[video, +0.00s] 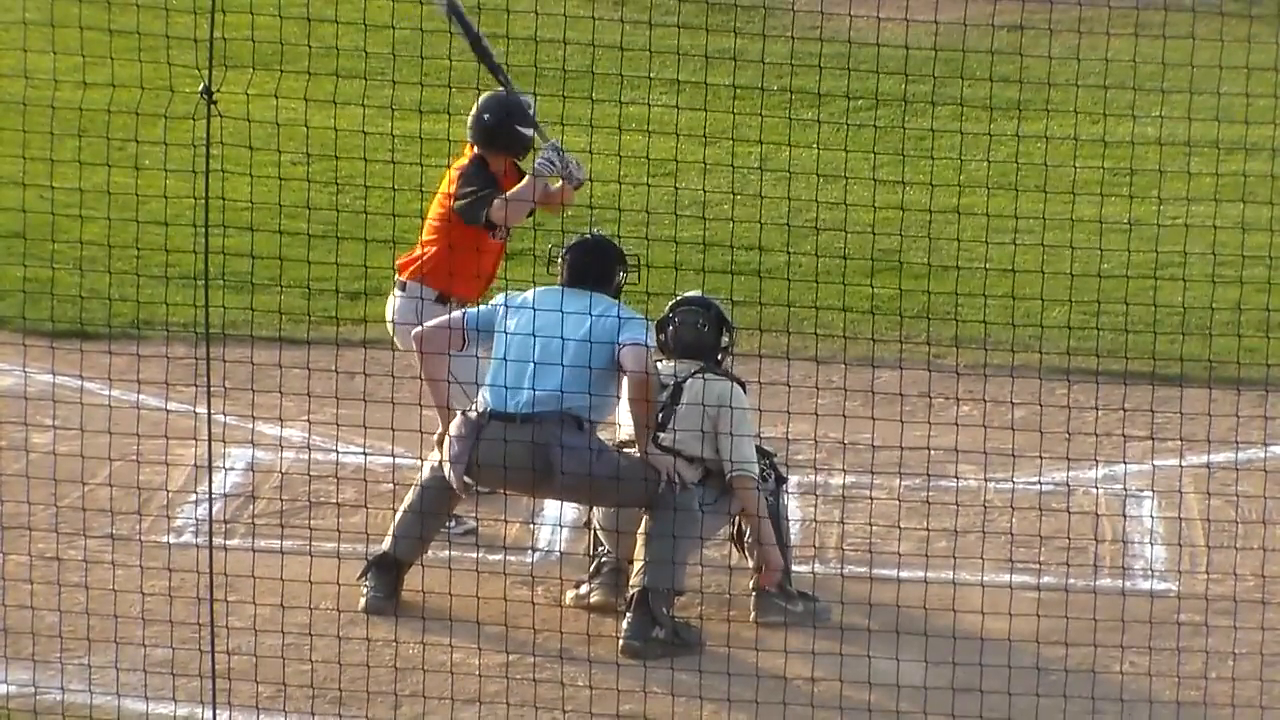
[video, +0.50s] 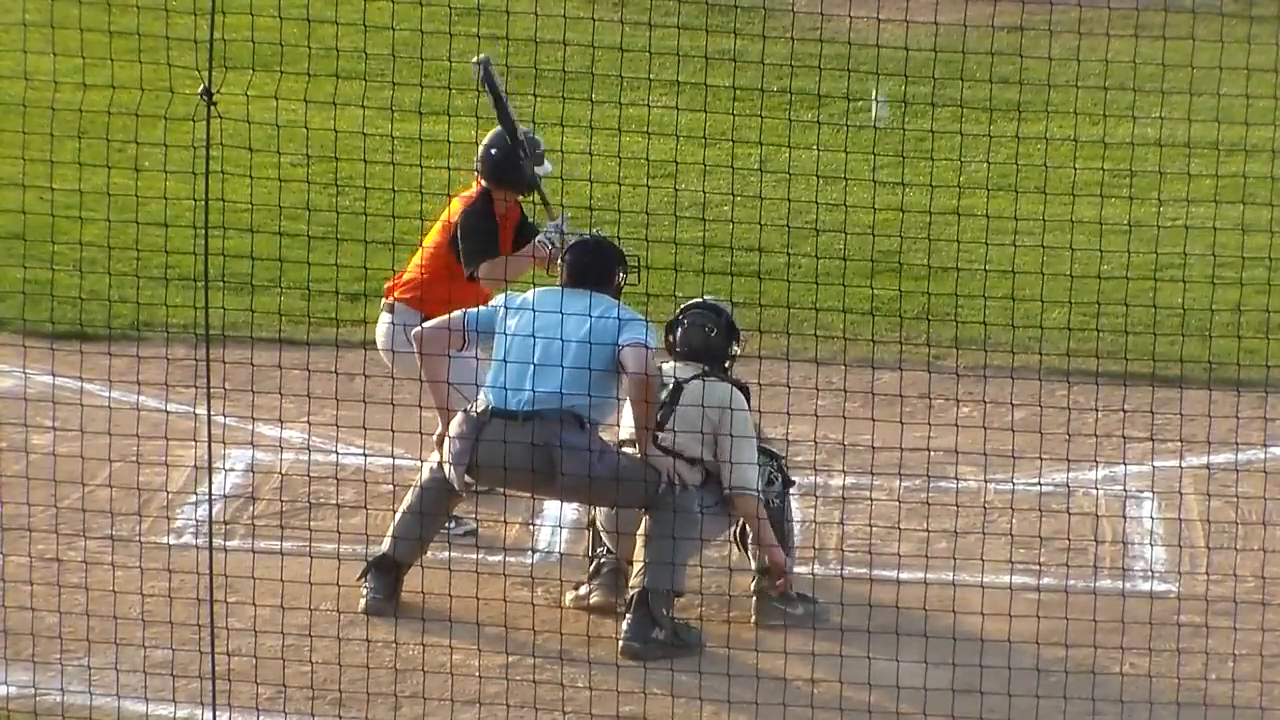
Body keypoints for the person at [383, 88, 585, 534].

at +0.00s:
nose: (527, 141)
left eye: (528, 135)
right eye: (524, 134)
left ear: (484, 135)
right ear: (511, 139)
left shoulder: (505, 172)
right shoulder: (471, 175)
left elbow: (546, 202)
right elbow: (502, 215)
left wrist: (567, 185)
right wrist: (537, 177)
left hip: (449, 306)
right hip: (422, 306)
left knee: (481, 400)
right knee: (473, 408)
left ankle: (443, 502)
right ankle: (435, 507)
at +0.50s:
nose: (536, 173)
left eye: (536, 165)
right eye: (531, 166)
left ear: (491, 168)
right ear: (519, 172)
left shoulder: (511, 210)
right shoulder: (475, 207)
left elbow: (527, 256)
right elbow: (488, 272)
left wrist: (550, 244)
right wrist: (536, 252)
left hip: (450, 327)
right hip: (411, 324)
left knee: (489, 401)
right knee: (467, 410)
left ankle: (443, 504)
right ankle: (435, 509)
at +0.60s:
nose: (539, 179)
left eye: (539, 171)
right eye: (534, 171)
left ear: (498, 170)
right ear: (516, 173)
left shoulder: (514, 213)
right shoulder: (477, 209)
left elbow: (522, 265)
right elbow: (482, 279)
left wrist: (556, 260)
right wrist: (534, 257)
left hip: (451, 325)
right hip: (411, 322)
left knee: (485, 403)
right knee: (468, 410)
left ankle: (441, 503)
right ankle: (434, 507)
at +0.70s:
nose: (541, 175)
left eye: (542, 167)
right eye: (536, 167)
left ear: (506, 165)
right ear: (518, 167)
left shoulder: (511, 206)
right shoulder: (477, 205)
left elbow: (511, 262)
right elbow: (466, 285)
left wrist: (537, 263)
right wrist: (523, 267)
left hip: (450, 313)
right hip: (414, 314)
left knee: (483, 402)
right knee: (466, 409)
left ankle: (443, 504)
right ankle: (436, 509)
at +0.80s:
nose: (534, 173)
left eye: (534, 165)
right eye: (530, 165)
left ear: (502, 163)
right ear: (511, 166)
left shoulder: (512, 199)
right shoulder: (472, 199)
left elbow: (506, 252)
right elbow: (454, 278)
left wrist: (530, 259)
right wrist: (513, 266)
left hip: (459, 313)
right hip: (416, 311)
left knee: (483, 399)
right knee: (463, 406)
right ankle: (436, 508)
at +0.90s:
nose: (534, 157)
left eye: (534, 148)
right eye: (529, 148)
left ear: (497, 148)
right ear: (507, 150)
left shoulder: (507, 188)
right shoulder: (463, 193)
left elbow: (504, 239)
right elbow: (442, 268)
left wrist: (525, 255)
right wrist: (500, 257)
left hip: (461, 304)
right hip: (419, 305)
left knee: (477, 398)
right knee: (458, 406)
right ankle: (433, 508)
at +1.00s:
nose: (525, 145)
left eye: (525, 136)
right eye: (519, 137)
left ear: (491, 139)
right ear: (498, 140)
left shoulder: (499, 175)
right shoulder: (453, 186)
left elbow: (499, 223)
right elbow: (435, 260)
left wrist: (515, 241)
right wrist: (490, 245)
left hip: (459, 296)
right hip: (417, 297)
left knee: (471, 396)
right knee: (450, 404)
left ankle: (443, 494)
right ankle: (432, 507)